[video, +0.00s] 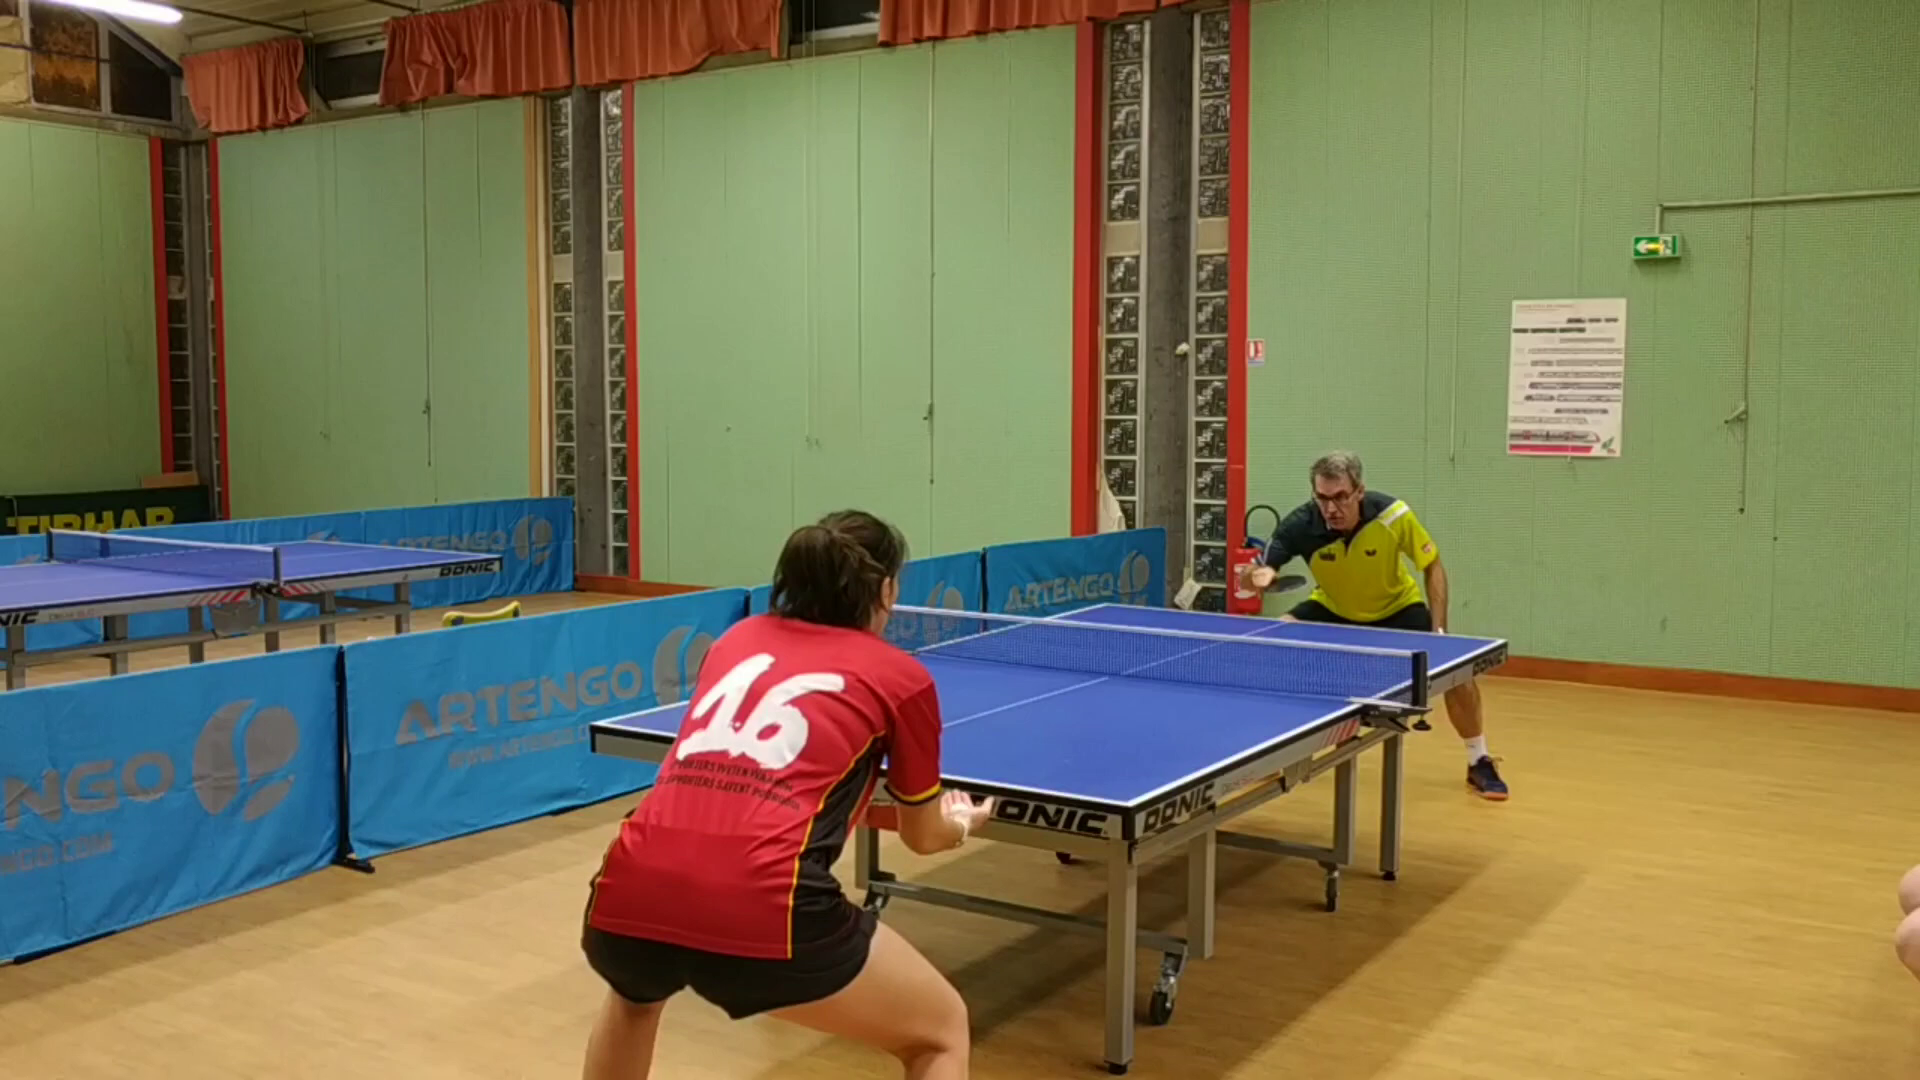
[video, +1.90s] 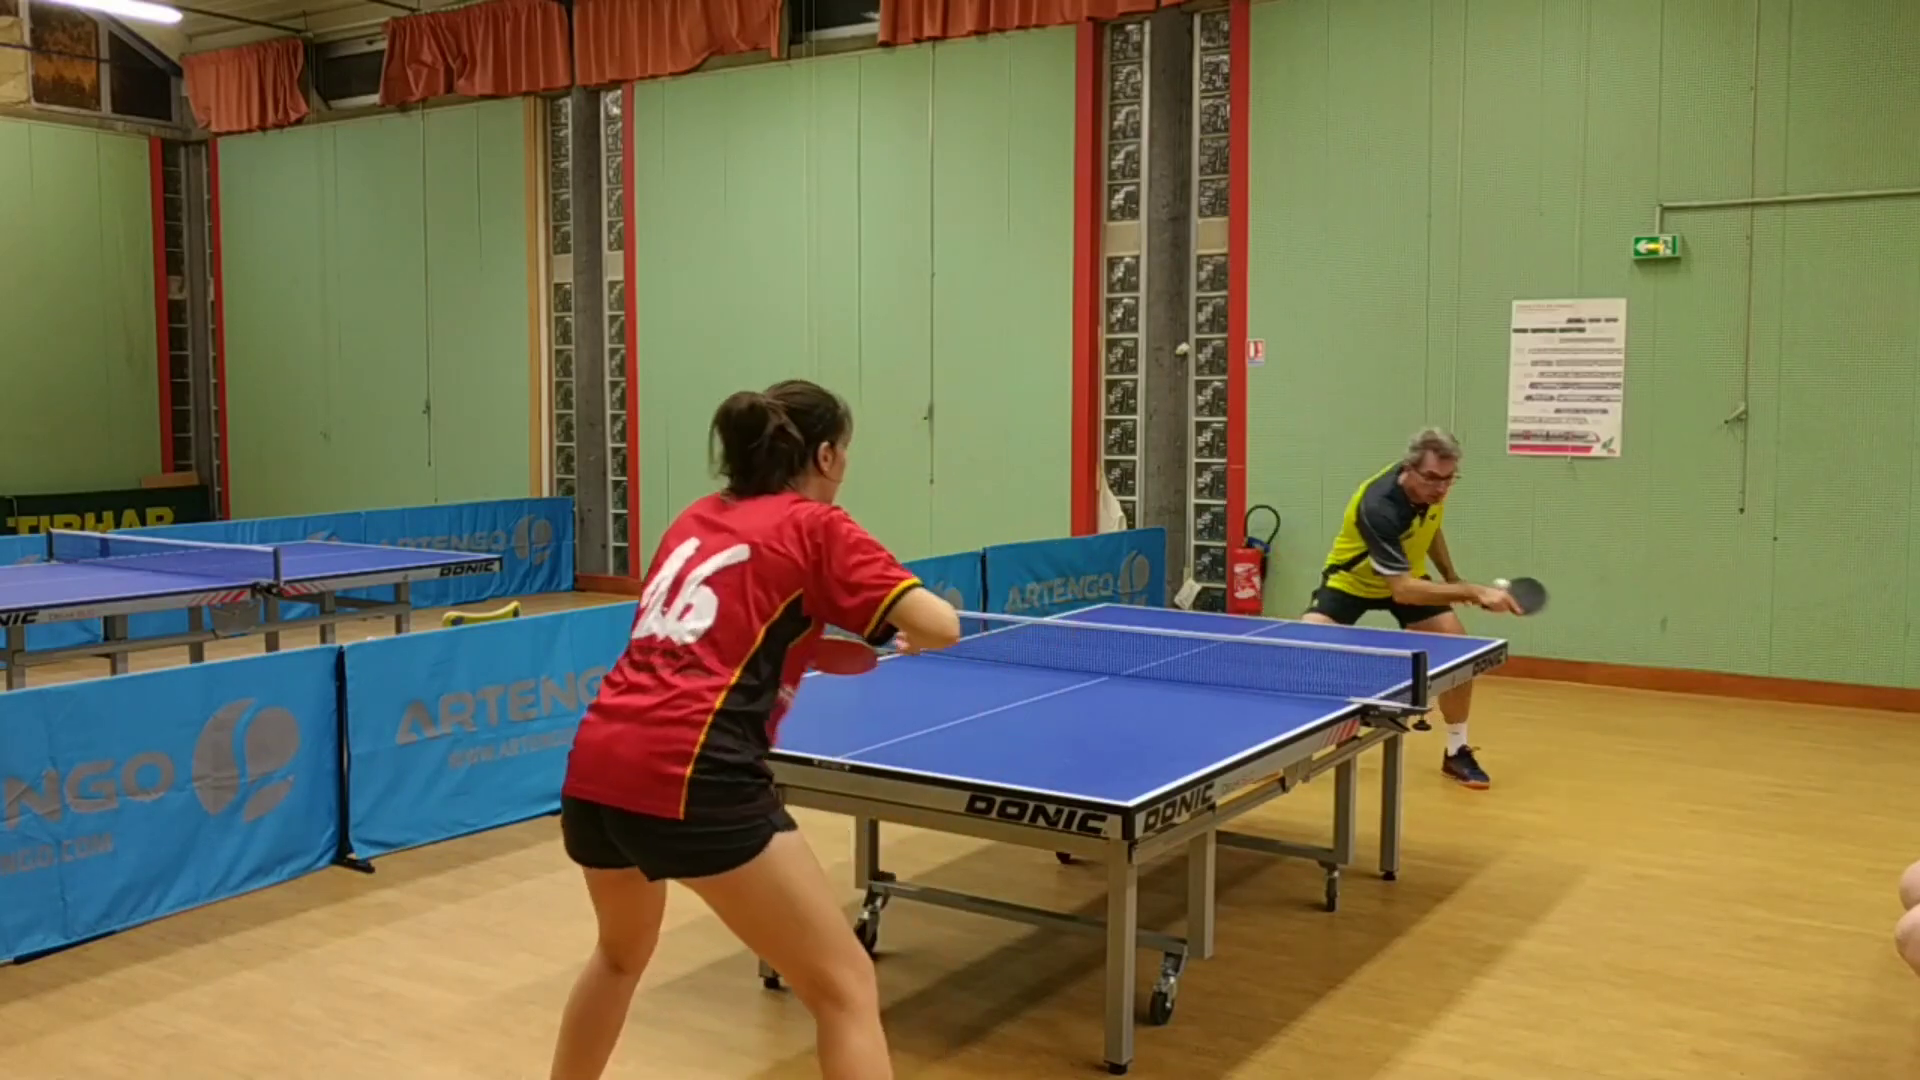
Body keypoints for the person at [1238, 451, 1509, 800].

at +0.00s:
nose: (1331, 508)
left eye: (1340, 498)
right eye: (1323, 499)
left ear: (1359, 491)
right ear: (1313, 495)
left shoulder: (1391, 514)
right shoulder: (1300, 524)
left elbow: (1432, 565)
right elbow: (1264, 570)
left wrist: (1438, 630)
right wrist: (1257, 577)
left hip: (1397, 608)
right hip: (1332, 607)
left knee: (1454, 665)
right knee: (1269, 642)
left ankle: (1480, 761)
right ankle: (1274, 753)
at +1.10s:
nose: (1306, 453)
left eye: (1316, 443)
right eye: (1298, 443)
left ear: (1333, 440)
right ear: (1288, 442)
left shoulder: (1360, 469)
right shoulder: (1269, 476)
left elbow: (1386, 527)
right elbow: (1227, 531)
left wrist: (1399, 588)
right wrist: (1240, 542)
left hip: (1360, 575)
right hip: (1299, 577)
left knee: (1409, 655)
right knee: (1249, 641)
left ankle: (1462, 755)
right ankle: (1252, 753)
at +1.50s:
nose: (1318, 445)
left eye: (1328, 435)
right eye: (1311, 435)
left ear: (1344, 431)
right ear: (1301, 432)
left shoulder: (1369, 461)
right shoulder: (1278, 471)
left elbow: (1389, 518)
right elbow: (1239, 529)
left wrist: (1398, 576)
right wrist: (1268, 548)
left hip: (1364, 573)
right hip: (1300, 574)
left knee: (1410, 650)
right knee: (1257, 647)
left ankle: (1435, 745)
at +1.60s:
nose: (1348, 454)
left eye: (1357, 444)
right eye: (1339, 445)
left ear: (1370, 438)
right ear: (1326, 439)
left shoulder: (1388, 465)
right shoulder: (1299, 476)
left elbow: (1399, 521)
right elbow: (1269, 545)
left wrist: (1411, 577)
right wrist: (1323, 557)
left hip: (1374, 575)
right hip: (1311, 577)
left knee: (1422, 652)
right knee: (1268, 633)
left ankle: (1453, 751)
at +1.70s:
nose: (1381, 468)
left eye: (1390, 459)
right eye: (1372, 459)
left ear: (1401, 454)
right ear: (1355, 450)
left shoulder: (1409, 475)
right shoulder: (1329, 485)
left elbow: (1412, 529)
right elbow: (1315, 567)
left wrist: (1428, 584)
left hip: (1386, 582)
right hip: (1327, 582)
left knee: (1435, 642)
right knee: (1282, 632)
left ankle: (1456, 751)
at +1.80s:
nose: (1413, 481)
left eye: (1420, 472)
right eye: (1404, 470)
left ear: (1429, 468)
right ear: (1385, 461)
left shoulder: (1425, 486)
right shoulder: (1355, 498)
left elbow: (1423, 533)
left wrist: (1447, 584)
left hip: (1401, 579)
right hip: (1341, 580)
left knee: (1448, 648)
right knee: (1296, 637)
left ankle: (1456, 751)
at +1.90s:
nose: (1439, 488)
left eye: (1447, 480)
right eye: (1431, 478)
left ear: (1454, 475)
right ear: (1408, 469)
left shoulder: (1434, 492)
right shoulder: (1378, 506)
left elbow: (1430, 530)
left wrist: (1452, 580)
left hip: (1408, 579)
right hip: (1351, 582)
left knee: (1456, 649)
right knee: (1306, 645)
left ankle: (1458, 752)